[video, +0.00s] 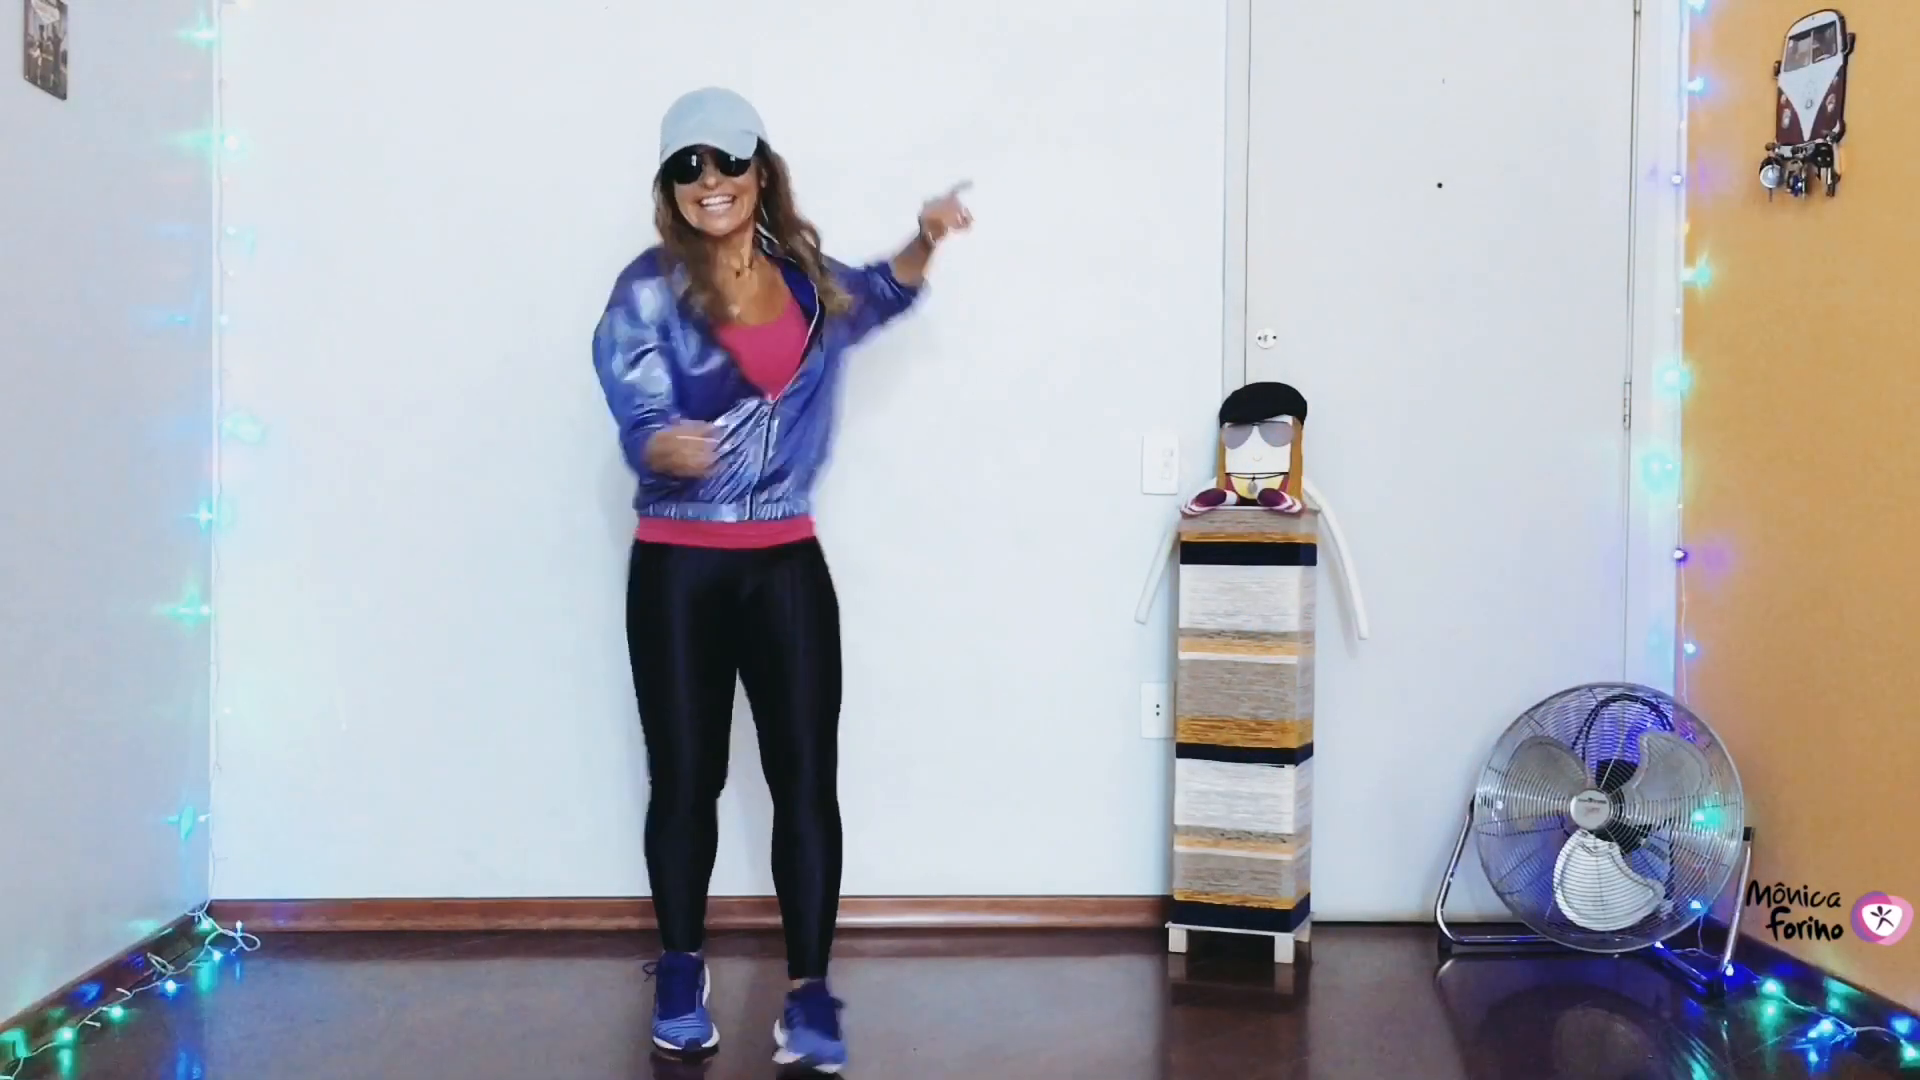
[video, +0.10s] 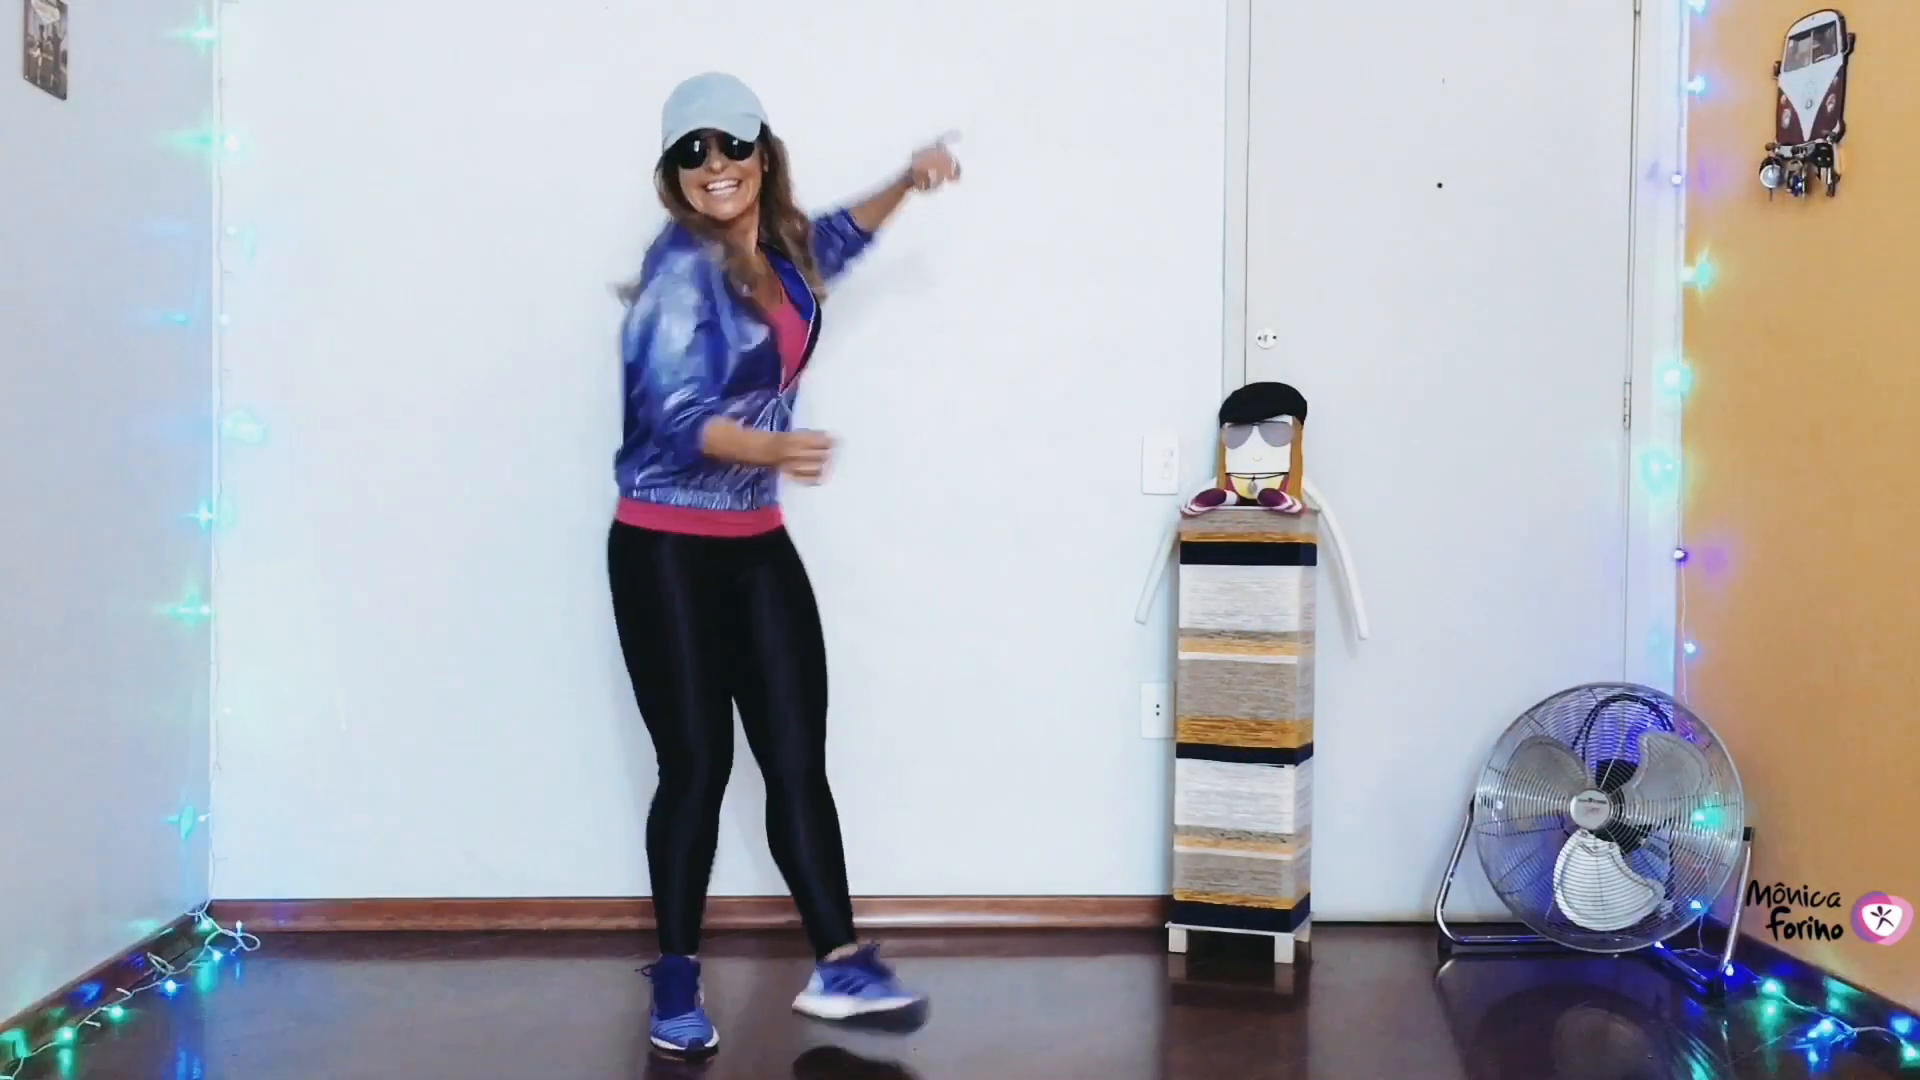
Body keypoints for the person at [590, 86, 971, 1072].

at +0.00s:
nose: (712, 185)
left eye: (730, 166)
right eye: (691, 171)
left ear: (762, 176)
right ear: (670, 188)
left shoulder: (801, 277)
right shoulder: (646, 293)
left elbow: (866, 300)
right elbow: (638, 411)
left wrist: (921, 249)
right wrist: (657, 446)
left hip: (789, 564)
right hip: (680, 570)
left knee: (807, 779)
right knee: (685, 782)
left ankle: (809, 992)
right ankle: (680, 975)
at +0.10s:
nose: (718, 169)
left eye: (734, 148)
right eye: (694, 156)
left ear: (765, 155)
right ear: (673, 177)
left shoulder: (786, 250)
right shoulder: (680, 271)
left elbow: (837, 235)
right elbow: (674, 416)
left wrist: (904, 184)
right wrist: (766, 448)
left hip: (755, 541)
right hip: (665, 547)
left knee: (798, 753)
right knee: (695, 763)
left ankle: (840, 962)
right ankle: (677, 979)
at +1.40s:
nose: (721, 194)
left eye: (740, 178)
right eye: (700, 179)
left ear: (766, 190)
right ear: (675, 194)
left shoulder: (788, 275)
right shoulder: (667, 293)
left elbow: (842, 253)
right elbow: (643, 411)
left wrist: (866, 169)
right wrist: (684, 483)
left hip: (763, 557)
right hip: (672, 557)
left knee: (769, 745)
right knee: (699, 763)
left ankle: (700, 907)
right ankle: (686, 992)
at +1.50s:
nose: (718, 194)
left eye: (737, 177)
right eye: (697, 177)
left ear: (764, 187)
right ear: (673, 190)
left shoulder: (796, 285)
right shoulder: (644, 295)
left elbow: (898, 286)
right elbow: (579, 371)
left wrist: (903, 210)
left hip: (750, 564)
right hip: (654, 557)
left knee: (812, 760)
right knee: (682, 776)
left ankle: (714, 862)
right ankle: (685, 995)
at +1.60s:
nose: (720, 191)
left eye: (741, 174)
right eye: (700, 172)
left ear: (768, 185)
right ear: (675, 181)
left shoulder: (809, 288)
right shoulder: (632, 293)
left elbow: (948, 317)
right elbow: (515, 346)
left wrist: (930, 247)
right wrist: (390, 376)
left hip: (752, 563)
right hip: (645, 554)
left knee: (827, 762)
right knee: (671, 776)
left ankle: (719, 866)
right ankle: (679, 997)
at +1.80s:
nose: (742, 173)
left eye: (763, 157)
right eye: (724, 154)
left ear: (790, 172)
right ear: (697, 169)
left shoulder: (825, 277)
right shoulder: (632, 276)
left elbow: (919, 355)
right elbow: (509, 280)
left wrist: (841, 278)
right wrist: (388, 268)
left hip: (765, 563)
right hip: (655, 556)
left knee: (760, 781)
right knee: (660, 781)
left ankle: (780, 980)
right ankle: (684, 994)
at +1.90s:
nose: (754, 157)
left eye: (775, 144)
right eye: (737, 138)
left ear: (801, 163)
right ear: (709, 152)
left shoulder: (817, 258)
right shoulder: (666, 255)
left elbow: (844, 355)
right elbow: (574, 239)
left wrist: (719, 303)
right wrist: (488, 197)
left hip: (774, 547)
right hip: (681, 543)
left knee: (756, 767)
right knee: (656, 756)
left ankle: (810, 983)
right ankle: (668, 979)